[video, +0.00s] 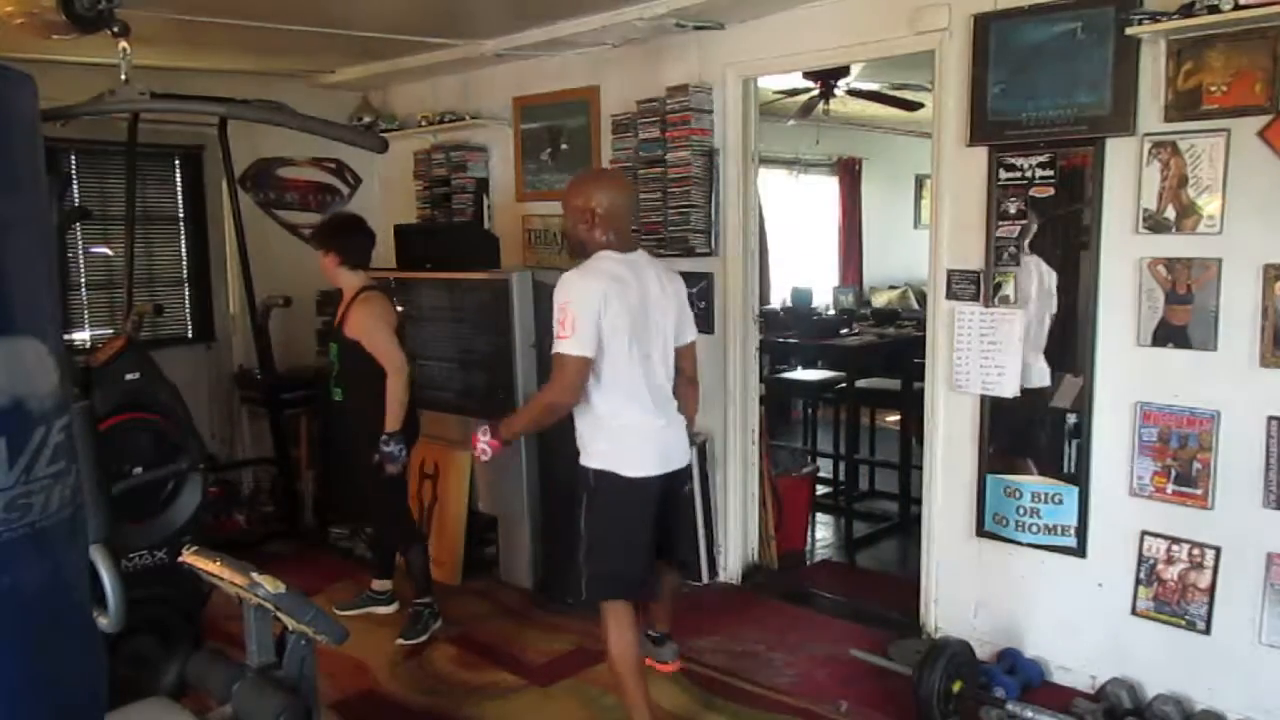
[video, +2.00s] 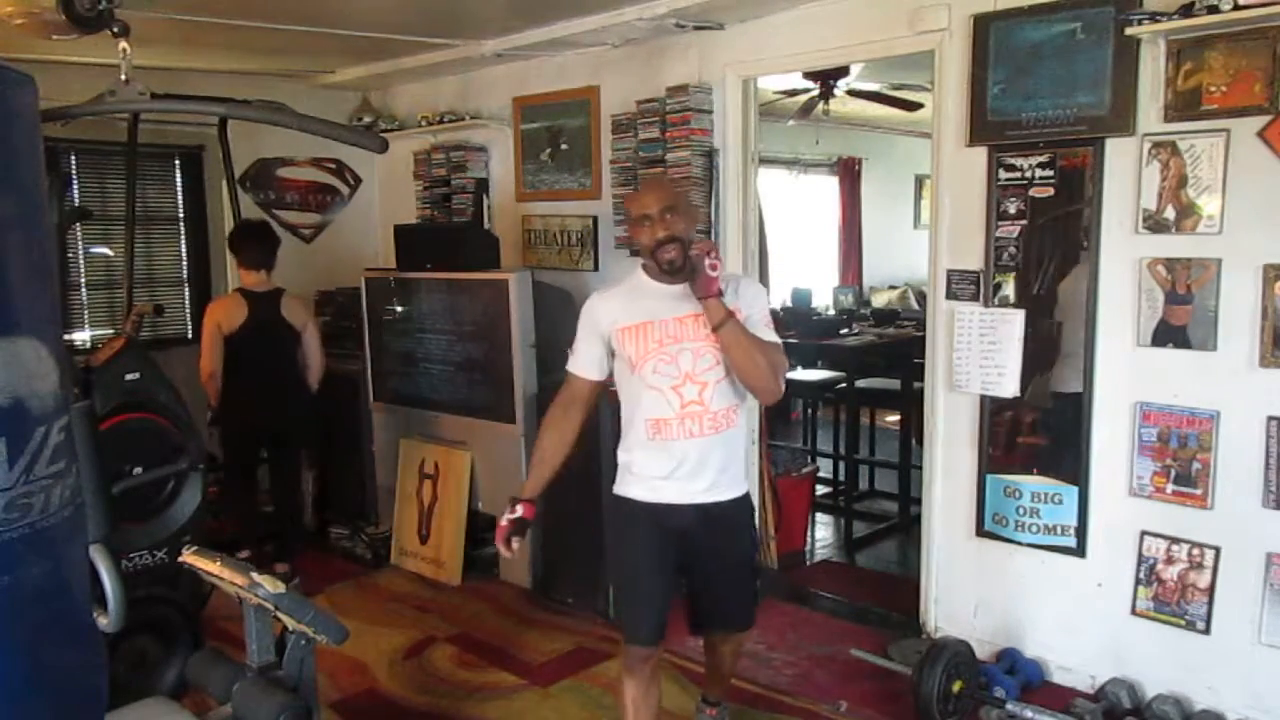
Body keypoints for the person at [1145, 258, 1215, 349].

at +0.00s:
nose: (1180, 272)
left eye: (1183, 269)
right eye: (1177, 269)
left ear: (1188, 271)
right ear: (1172, 272)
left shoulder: (1191, 286)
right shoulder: (1168, 286)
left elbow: (1213, 270)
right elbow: (1151, 265)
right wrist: (1167, 260)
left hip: (1182, 328)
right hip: (1165, 327)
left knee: (1188, 357)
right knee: (1155, 356)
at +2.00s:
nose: (1184, 272)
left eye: (1186, 269)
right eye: (1181, 269)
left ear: (1189, 271)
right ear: (1173, 271)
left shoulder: (1191, 287)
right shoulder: (1168, 286)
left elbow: (1212, 269)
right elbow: (1151, 266)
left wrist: (1194, 262)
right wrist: (1165, 261)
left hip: (1182, 329)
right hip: (1165, 328)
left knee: (1189, 358)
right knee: (1154, 357)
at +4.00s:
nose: (1181, 272)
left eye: (1184, 269)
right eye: (1177, 269)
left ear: (1188, 272)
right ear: (1173, 272)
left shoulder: (1191, 287)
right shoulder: (1168, 286)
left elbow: (1212, 269)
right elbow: (1151, 265)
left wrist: (1196, 262)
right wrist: (1165, 261)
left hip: (1182, 329)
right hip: (1165, 327)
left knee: (1189, 358)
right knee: (1155, 357)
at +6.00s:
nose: (1179, 273)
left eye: (1183, 270)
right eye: (1177, 270)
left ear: (1188, 273)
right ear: (1173, 272)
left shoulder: (1191, 287)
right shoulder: (1168, 286)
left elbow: (1213, 268)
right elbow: (1151, 265)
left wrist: (1195, 262)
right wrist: (1166, 262)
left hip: (1181, 329)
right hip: (1165, 328)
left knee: (1190, 357)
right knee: (1154, 356)